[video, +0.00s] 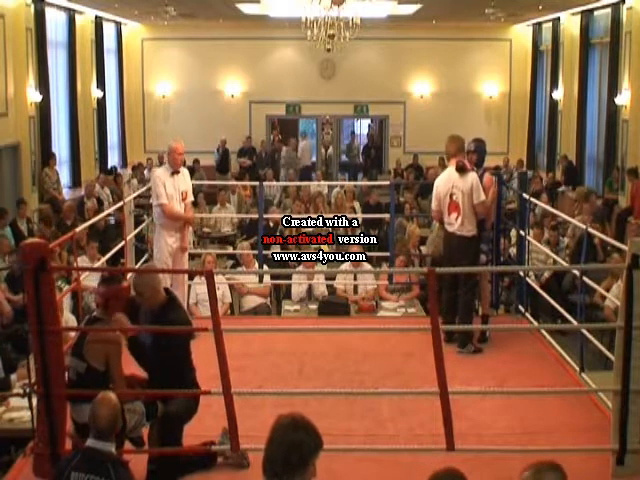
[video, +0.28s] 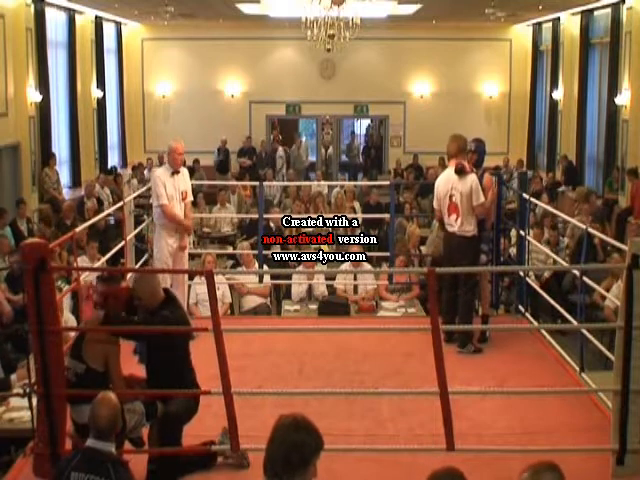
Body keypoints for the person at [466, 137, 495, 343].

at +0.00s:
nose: (470, 157)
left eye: (473, 153)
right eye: (468, 153)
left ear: (481, 155)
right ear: (466, 154)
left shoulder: (488, 179)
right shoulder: (463, 176)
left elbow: (488, 208)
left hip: (483, 230)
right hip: (464, 229)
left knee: (483, 276)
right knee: (464, 276)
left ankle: (484, 322)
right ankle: (462, 320)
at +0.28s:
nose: (469, 157)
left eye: (472, 154)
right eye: (469, 153)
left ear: (478, 155)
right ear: (469, 154)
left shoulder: (487, 180)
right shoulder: (462, 176)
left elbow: (489, 208)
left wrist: (488, 226)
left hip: (482, 230)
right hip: (465, 229)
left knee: (483, 276)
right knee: (465, 276)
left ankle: (484, 322)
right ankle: (463, 320)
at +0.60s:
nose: (470, 157)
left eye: (474, 153)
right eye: (469, 152)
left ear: (480, 155)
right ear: (466, 153)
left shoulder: (487, 178)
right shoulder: (461, 175)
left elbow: (489, 206)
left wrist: (485, 223)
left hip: (483, 230)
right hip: (464, 229)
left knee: (483, 275)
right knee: (463, 276)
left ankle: (484, 321)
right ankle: (460, 319)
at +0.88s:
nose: (471, 156)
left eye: (475, 152)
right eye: (470, 152)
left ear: (482, 155)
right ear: (466, 153)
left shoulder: (487, 179)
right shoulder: (461, 175)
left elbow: (489, 206)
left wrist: (486, 223)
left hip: (483, 229)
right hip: (464, 229)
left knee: (483, 275)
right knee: (463, 275)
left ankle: (484, 320)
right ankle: (460, 319)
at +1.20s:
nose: (470, 157)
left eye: (473, 153)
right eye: (470, 153)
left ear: (479, 155)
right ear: (470, 153)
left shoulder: (488, 179)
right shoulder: (463, 176)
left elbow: (489, 207)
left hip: (483, 230)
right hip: (465, 230)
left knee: (484, 276)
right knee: (464, 276)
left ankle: (484, 321)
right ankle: (461, 320)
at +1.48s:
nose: (471, 158)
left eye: (474, 154)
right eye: (471, 153)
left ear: (478, 155)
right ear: (477, 154)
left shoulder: (489, 179)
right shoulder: (464, 177)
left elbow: (491, 207)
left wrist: (488, 225)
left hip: (484, 231)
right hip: (467, 230)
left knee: (484, 275)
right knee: (465, 277)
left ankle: (484, 320)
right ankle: (462, 320)